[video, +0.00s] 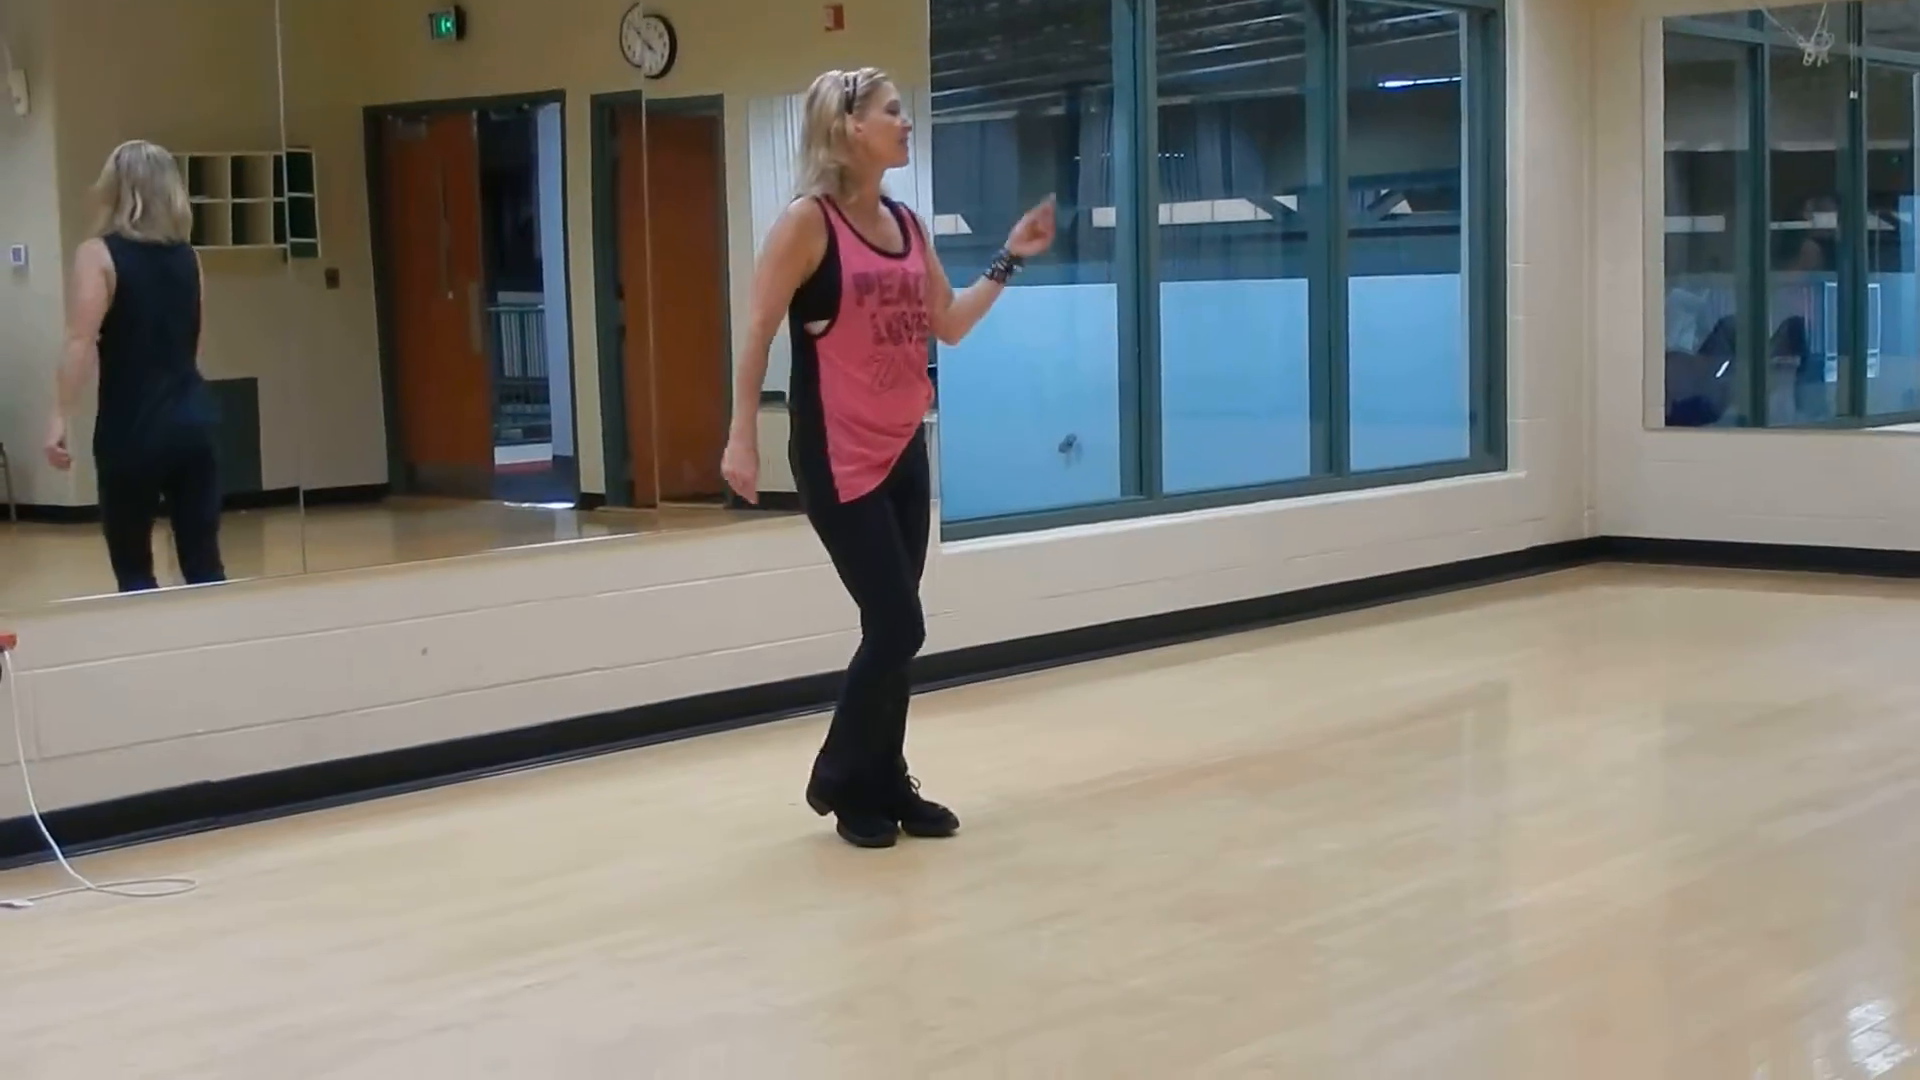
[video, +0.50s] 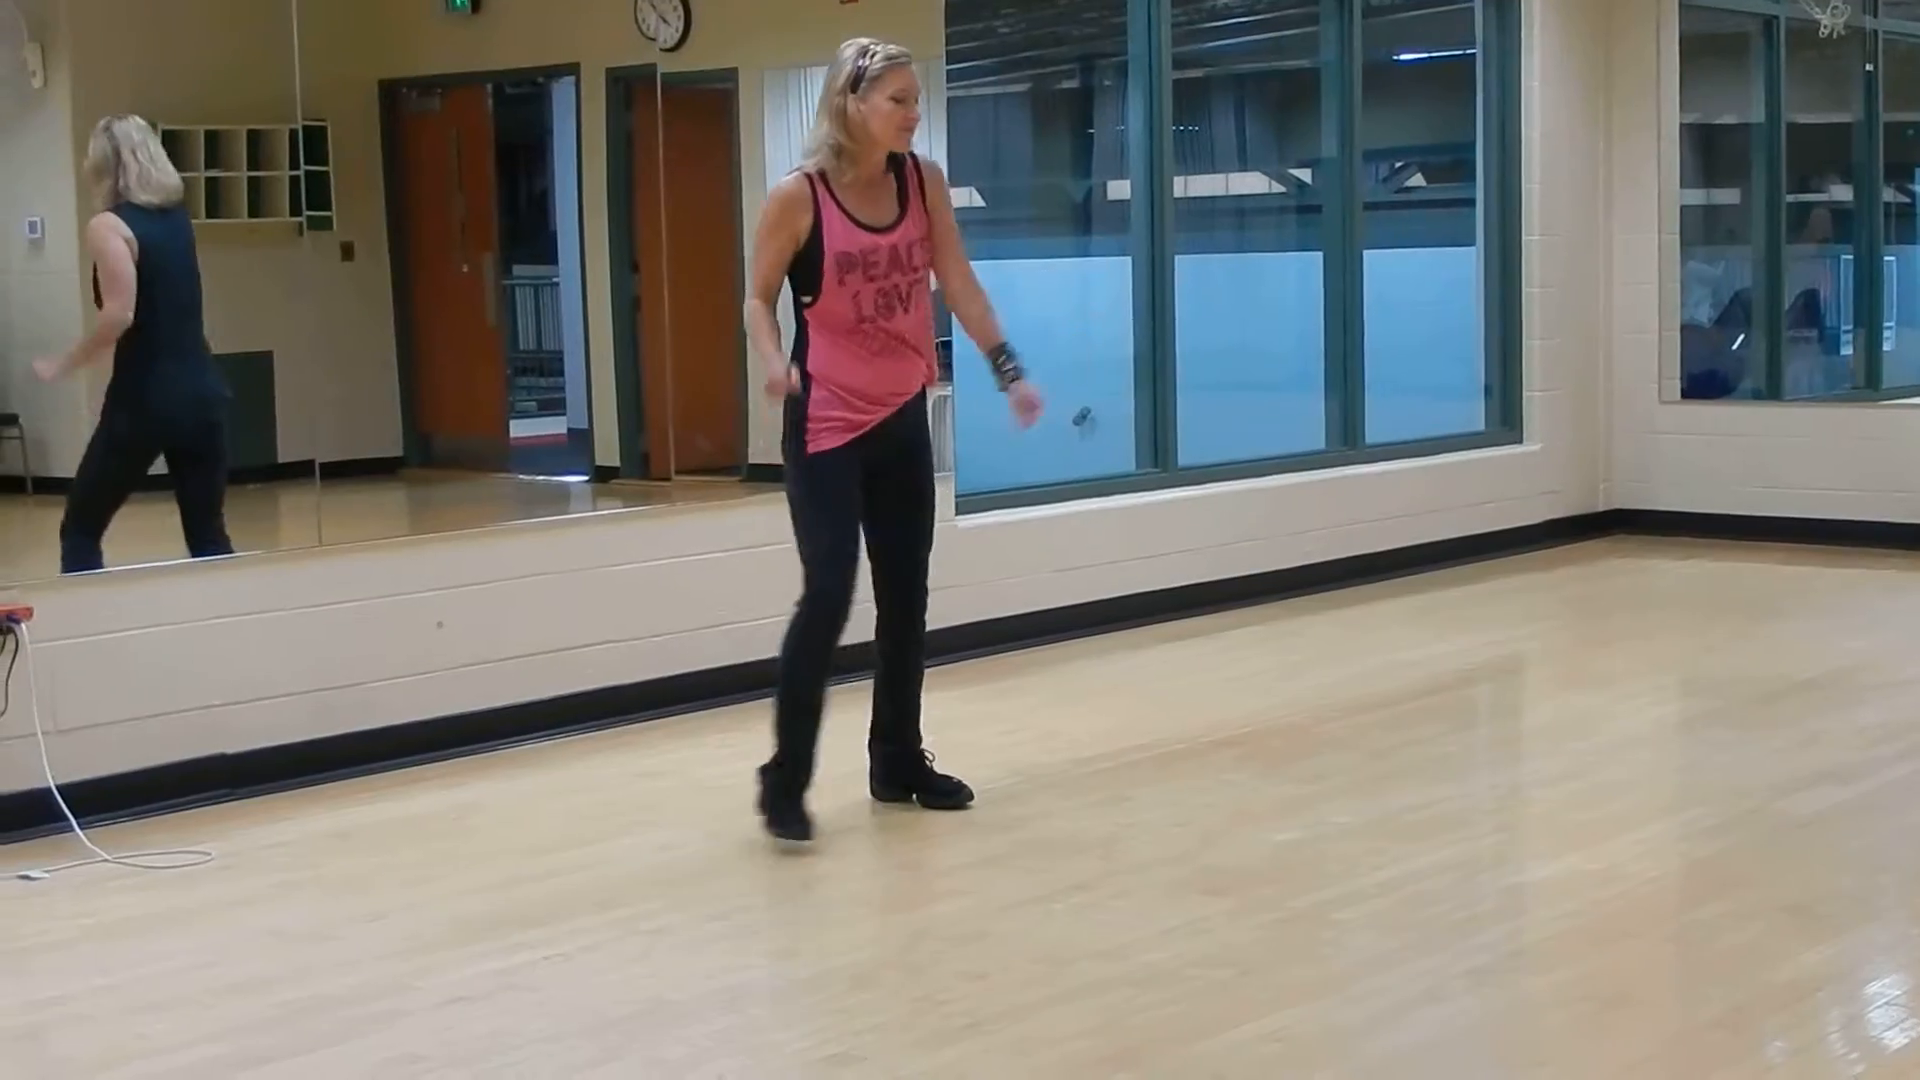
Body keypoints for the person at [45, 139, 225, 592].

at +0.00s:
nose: (100, 191)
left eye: (106, 183)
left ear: (114, 191)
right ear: (171, 193)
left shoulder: (98, 254)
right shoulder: (188, 257)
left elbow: (81, 341)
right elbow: (193, 344)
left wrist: (60, 415)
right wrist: (173, 397)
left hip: (128, 429)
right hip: (191, 423)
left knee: (133, 569)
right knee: (203, 561)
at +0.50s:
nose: (89, 172)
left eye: (93, 162)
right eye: (90, 162)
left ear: (108, 166)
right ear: (152, 159)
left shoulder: (109, 226)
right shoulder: (177, 219)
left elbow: (119, 314)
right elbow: (183, 307)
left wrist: (64, 363)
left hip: (144, 401)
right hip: (199, 395)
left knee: (79, 532)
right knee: (208, 534)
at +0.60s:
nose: (78, 178)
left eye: (82, 169)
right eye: (79, 168)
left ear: (96, 170)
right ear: (141, 163)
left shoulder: (98, 227)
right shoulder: (168, 222)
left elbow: (91, 319)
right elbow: (185, 313)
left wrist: (25, 331)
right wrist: (195, 368)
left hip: (132, 405)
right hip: (189, 397)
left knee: (76, 542)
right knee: (212, 535)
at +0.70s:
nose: (61, 177)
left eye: (65, 167)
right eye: (63, 166)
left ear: (77, 172)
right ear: (127, 168)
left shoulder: (79, 231)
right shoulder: (154, 232)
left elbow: (49, 316)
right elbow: (183, 311)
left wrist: (4, 316)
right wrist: (203, 382)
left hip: (112, 411)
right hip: (170, 405)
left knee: (67, 539)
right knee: (198, 531)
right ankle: (249, 629)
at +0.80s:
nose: (41, 174)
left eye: (46, 164)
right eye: (44, 164)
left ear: (54, 168)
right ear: (108, 166)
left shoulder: (49, 226)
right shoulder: (130, 229)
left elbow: (8, 301)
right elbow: (172, 300)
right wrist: (183, 378)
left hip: (83, 409)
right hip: (140, 402)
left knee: (39, 543)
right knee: (171, 530)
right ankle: (235, 616)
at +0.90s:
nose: (25, 166)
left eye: (29, 157)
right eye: (28, 157)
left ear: (38, 161)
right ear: (92, 158)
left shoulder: (25, 221)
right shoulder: (116, 224)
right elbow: (164, 296)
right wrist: (158, 372)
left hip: (56, 404)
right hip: (118, 400)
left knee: (26, 544)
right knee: (132, 527)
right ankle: (202, 603)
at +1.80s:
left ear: (1, 249)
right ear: (21, 244)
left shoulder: (20, 300)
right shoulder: (36, 299)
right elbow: (58, 380)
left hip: (28, 481)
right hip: (95, 467)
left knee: (5, 627)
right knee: (98, 601)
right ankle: (147, 696)